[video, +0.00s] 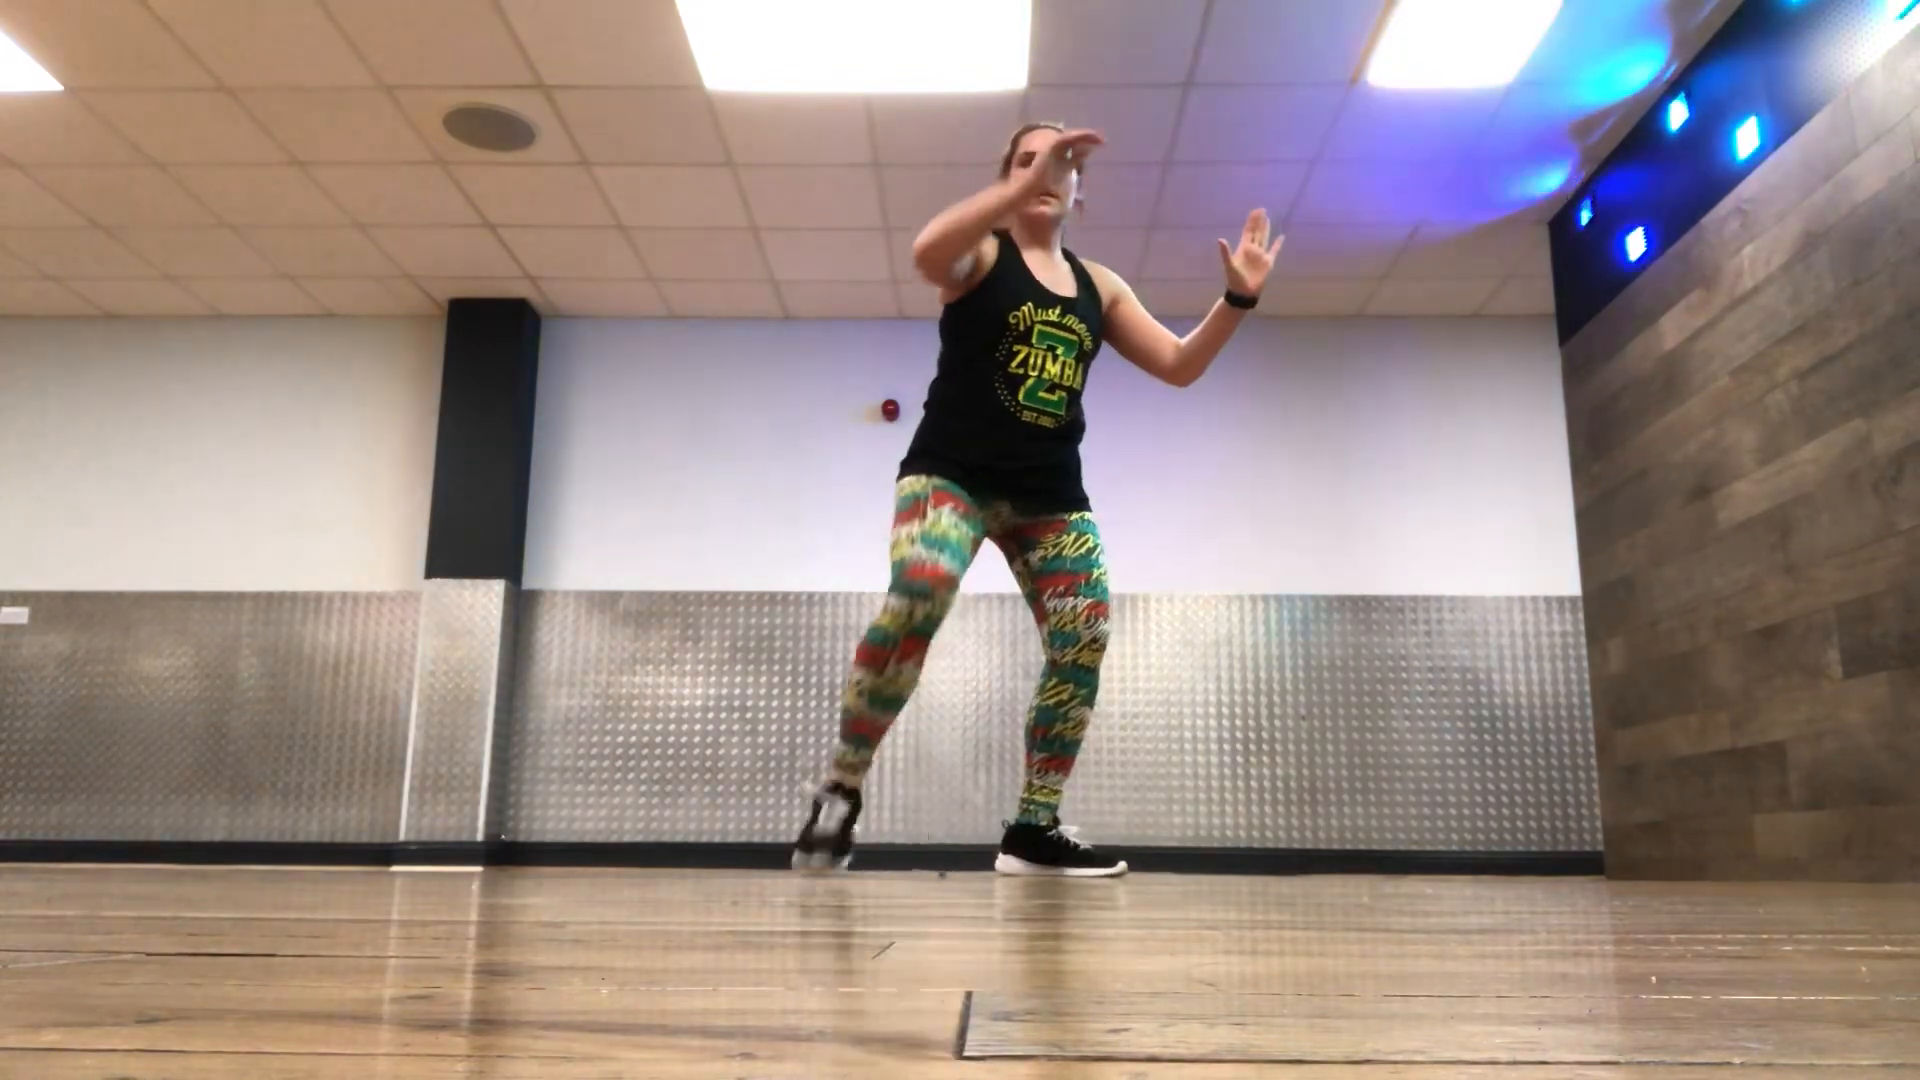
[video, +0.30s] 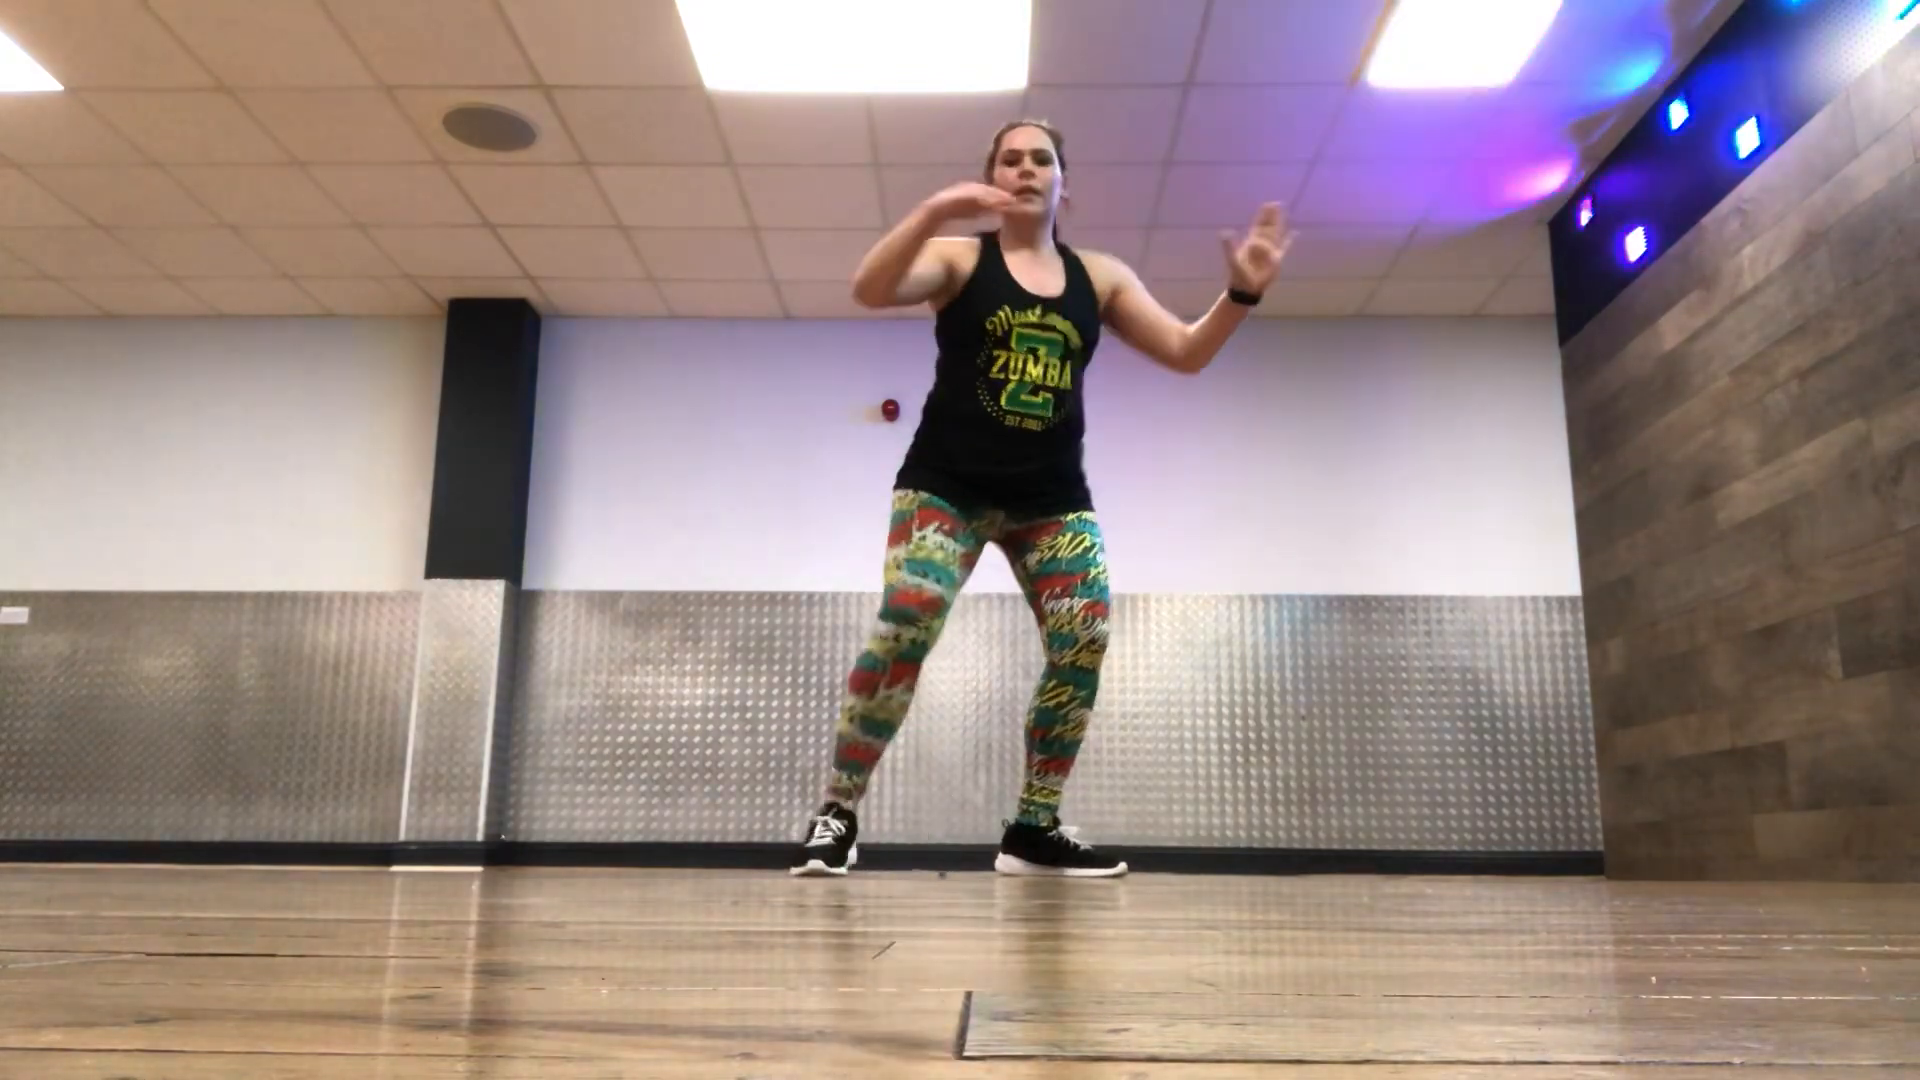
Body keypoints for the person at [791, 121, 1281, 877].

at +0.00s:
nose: (1047, 175)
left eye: (1060, 166)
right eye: (1030, 164)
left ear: (1075, 192)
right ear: (1007, 185)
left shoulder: (1098, 287)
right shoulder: (980, 257)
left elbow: (1179, 363)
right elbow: (930, 249)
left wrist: (1237, 299)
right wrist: (1026, 177)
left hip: (1048, 490)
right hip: (952, 474)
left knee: (1081, 637)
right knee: (919, 597)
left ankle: (1034, 828)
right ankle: (840, 792)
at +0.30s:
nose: (1026, 169)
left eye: (1039, 159)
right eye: (1012, 159)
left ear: (1062, 182)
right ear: (990, 182)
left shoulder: (1099, 276)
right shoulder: (962, 257)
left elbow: (1185, 351)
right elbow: (872, 288)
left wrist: (1241, 292)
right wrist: (930, 211)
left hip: (1050, 496)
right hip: (947, 485)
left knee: (1081, 641)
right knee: (908, 622)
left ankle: (1035, 828)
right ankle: (837, 815)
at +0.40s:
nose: (1018, 156)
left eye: (1032, 146)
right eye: (1004, 146)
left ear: (1054, 168)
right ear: (981, 169)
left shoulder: (1095, 257)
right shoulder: (944, 251)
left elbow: (1187, 329)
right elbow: (849, 317)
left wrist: (1254, 289)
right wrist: (878, 245)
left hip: (1059, 484)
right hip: (952, 477)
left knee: (1077, 634)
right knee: (898, 610)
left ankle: (1037, 825)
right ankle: (840, 803)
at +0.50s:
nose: (1005, 148)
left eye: (1019, 138)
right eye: (991, 139)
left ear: (1041, 162)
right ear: (969, 162)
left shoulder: (1081, 249)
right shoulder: (930, 247)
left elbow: (1166, 327)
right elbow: (852, 340)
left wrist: (1239, 326)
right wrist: (841, 314)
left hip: (1059, 472)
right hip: (956, 470)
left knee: (1068, 625)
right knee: (894, 595)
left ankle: (1078, 815)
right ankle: (868, 797)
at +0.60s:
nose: (988, 156)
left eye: (1003, 146)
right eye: (974, 146)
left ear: (1024, 168)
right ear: (952, 168)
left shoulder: (1063, 257)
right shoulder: (914, 256)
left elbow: (1127, 345)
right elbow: (864, 351)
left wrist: (1185, 401)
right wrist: (835, 392)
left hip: (1046, 483)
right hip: (945, 484)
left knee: (1067, 641)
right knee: (888, 611)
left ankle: (1112, 818)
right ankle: (900, 815)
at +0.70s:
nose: (965, 168)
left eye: (979, 157)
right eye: (950, 157)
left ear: (1001, 178)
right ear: (928, 177)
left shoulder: (1033, 266)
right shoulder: (893, 272)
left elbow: (1084, 370)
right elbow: (865, 374)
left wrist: (1085, 464)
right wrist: (847, 452)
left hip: (1024, 496)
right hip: (925, 501)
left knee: (1048, 652)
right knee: (882, 630)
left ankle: (1100, 823)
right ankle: (910, 828)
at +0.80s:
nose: (940, 170)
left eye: (954, 159)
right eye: (926, 159)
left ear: (976, 180)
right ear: (903, 180)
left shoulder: (1006, 265)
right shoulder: (874, 271)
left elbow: (1043, 373)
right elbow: (856, 381)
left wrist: (988, 461)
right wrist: (858, 472)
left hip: (989, 481)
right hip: (899, 488)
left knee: (1007, 638)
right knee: (866, 634)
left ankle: (1090, 804)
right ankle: (909, 828)